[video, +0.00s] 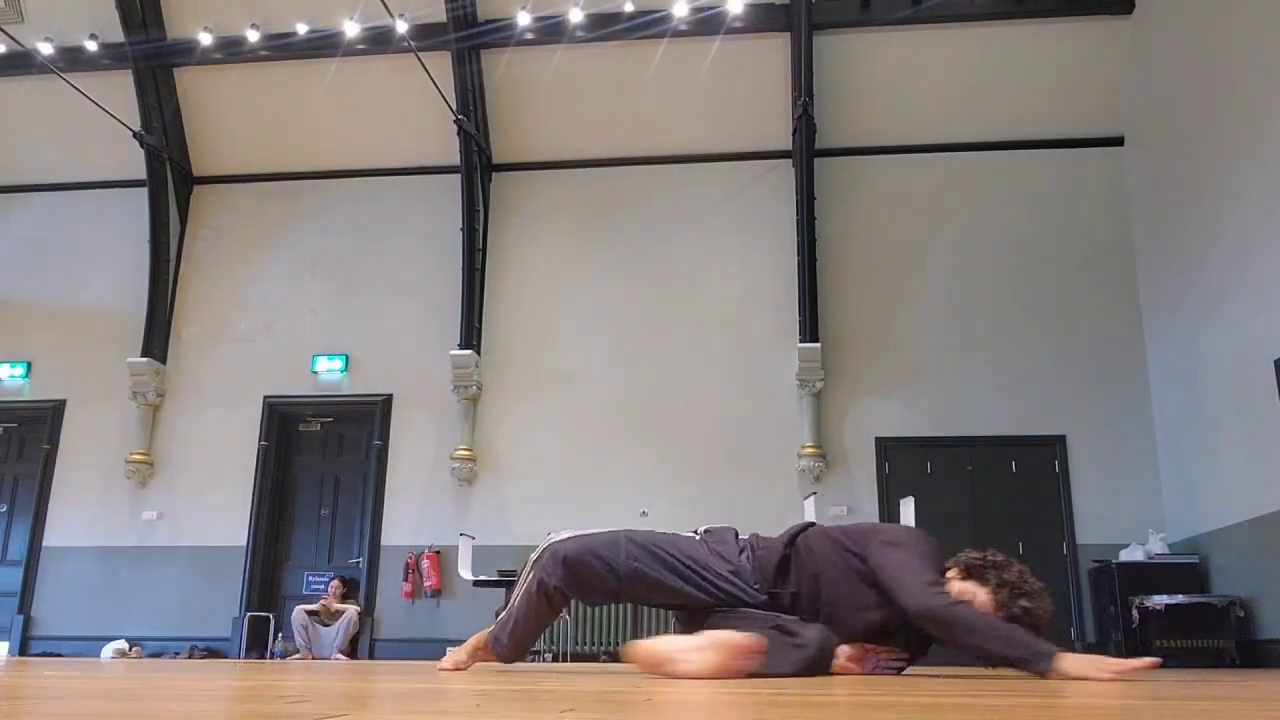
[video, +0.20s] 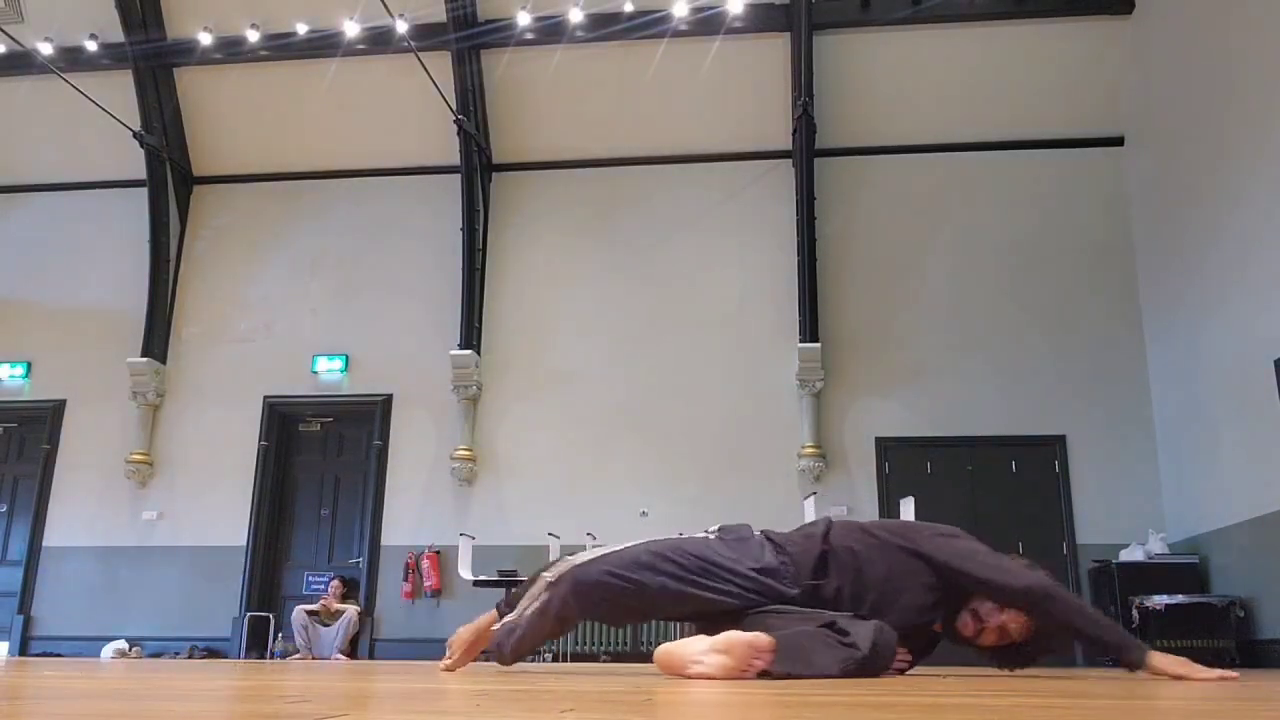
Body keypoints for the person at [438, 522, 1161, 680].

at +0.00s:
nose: (963, 623)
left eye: (978, 630)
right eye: (970, 611)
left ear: (981, 628)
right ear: (962, 578)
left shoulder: (941, 635)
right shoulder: (908, 551)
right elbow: (935, 612)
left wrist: (889, 659)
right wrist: (1057, 661)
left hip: (789, 627)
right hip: (746, 567)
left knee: (801, 645)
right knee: (568, 556)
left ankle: (642, 652)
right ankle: (502, 642)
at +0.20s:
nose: (991, 631)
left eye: (1007, 640)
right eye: (1001, 618)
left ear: (1004, 642)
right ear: (998, 588)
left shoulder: (935, 630)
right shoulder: (942, 548)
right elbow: (1038, 589)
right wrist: (1144, 656)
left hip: (818, 622)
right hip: (772, 563)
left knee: (875, 642)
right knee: (583, 577)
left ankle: (725, 656)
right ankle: (500, 640)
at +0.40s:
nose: (1007, 629)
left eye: (1023, 641)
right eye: (1016, 613)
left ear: (1020, 650)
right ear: (1006, 589)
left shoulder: (959, 645)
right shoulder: (964, 559)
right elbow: (1074, 585)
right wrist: (1172, 659)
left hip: (827, 619)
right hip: (792, 556)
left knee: (906, 644)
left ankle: (734, 661)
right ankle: (537, 627)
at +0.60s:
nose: (1005, 629)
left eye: (1013, 646)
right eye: (1019, 620)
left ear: (1008, 661)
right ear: (1017, 599)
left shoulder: (935, 633)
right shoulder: (983, 563)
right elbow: (1085, 585)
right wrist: (1177, 648)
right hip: (786, 540)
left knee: (930, 653)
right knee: (925, 549)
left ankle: (748, 654)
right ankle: (756, 618)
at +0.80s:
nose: (999, 632)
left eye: (1004, 643)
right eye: (1003, 623)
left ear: (1008, 649)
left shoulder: (949, 637)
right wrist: (1147, 642)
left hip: (798, 607)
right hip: (804, 535)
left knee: (946, 644)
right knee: (988, 501)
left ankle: (748, 639)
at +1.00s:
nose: (1019, 637)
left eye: (1026, 646)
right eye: (1024, 630)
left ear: (1023, 647)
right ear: (1017, 611)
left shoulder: (973, 629)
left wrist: (1014, 646)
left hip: (831, 589)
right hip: (846, 518)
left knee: (976, 649)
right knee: (1036, 498)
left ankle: (772, 627)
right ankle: (1116, 631)